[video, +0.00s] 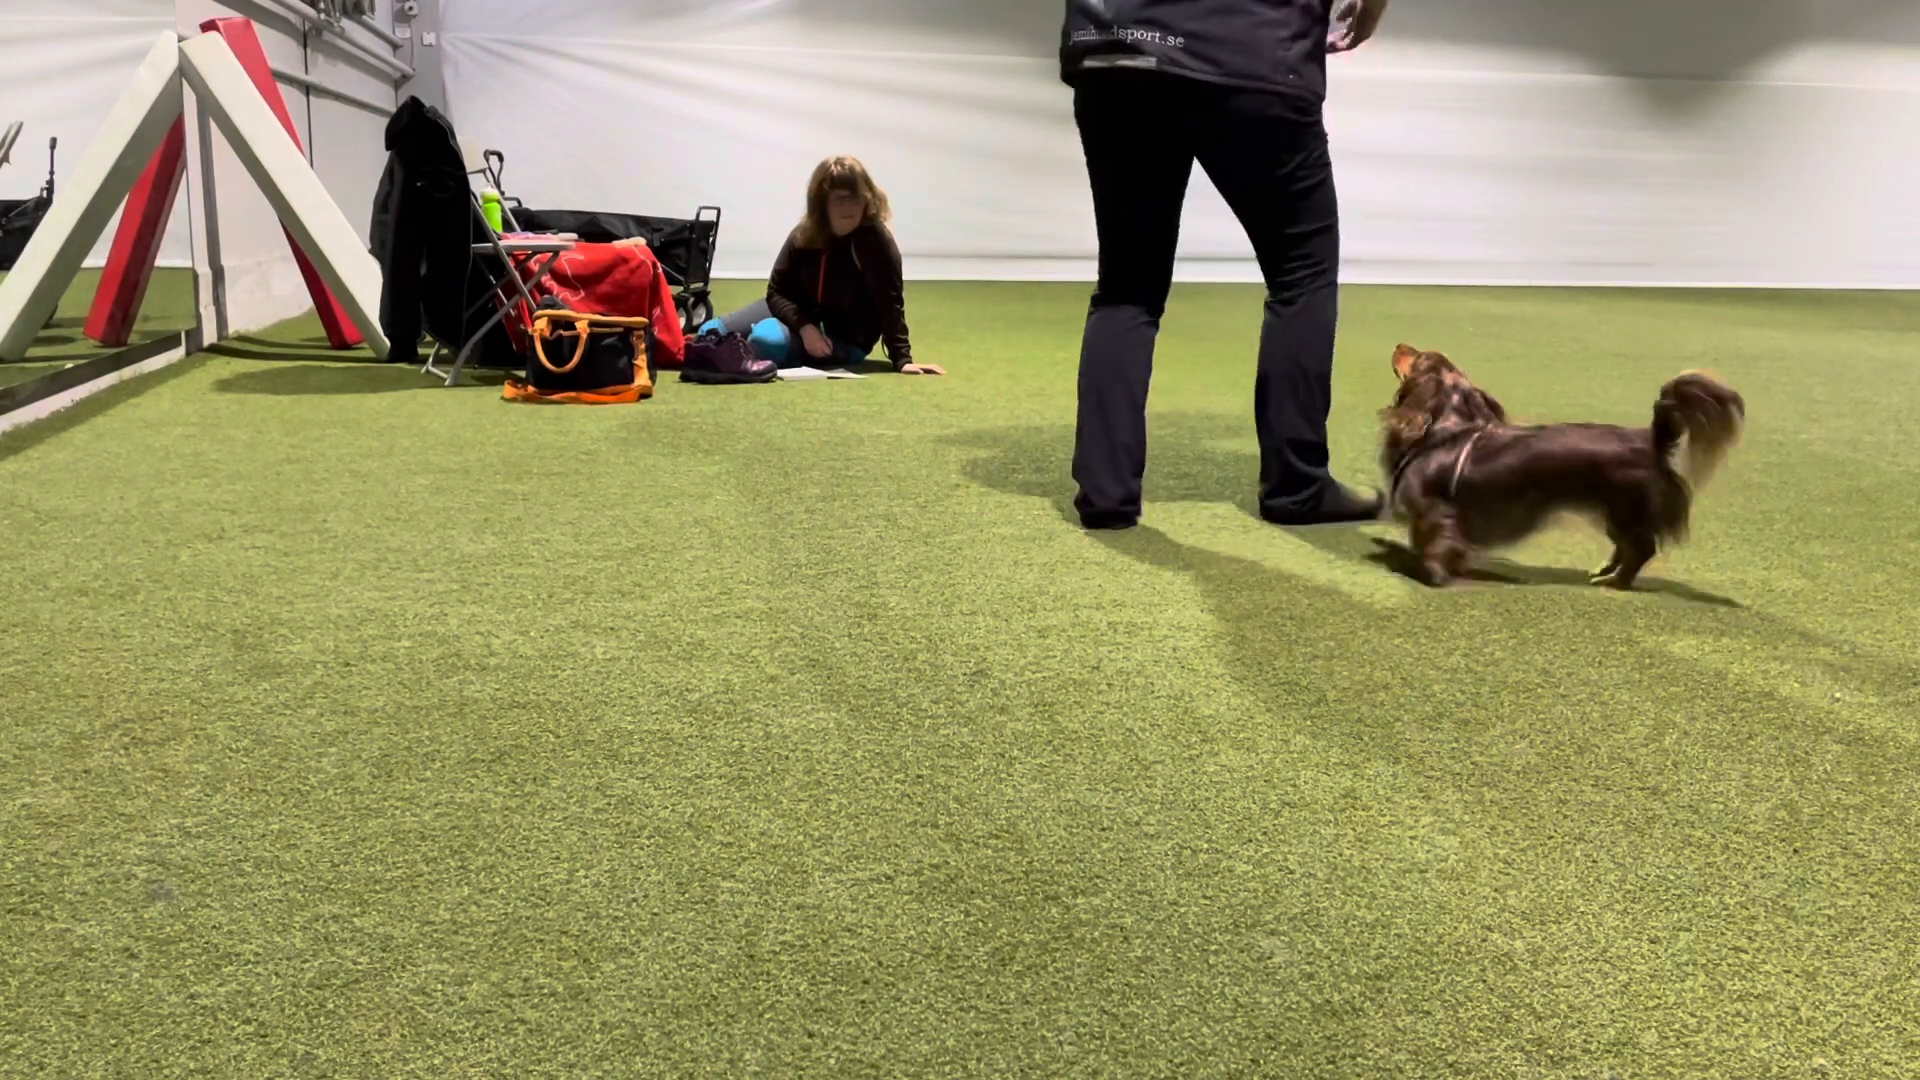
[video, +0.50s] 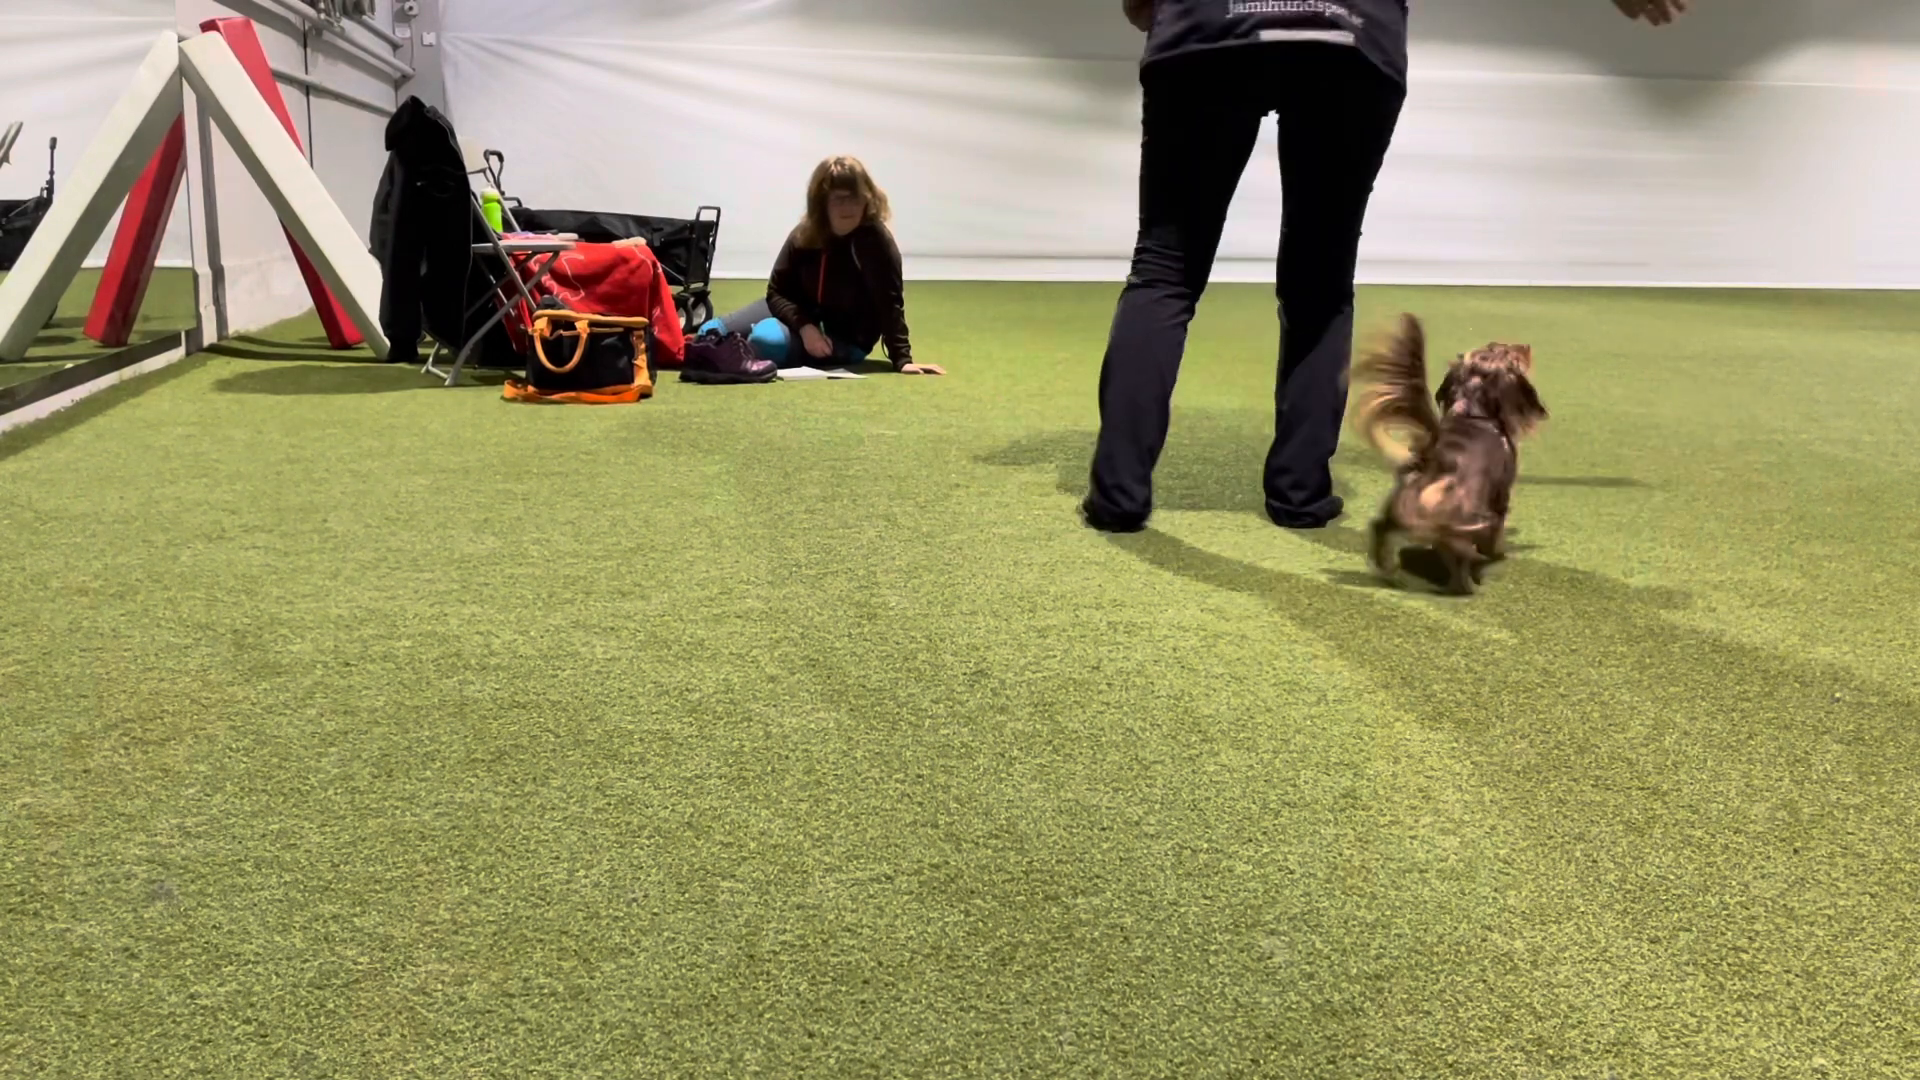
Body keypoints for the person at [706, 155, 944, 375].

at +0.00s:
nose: (847, 205)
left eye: (855, 196)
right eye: (838, 198)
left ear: (866, 200)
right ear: (822, 201)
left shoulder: (877, 242)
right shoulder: (804, 237)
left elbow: (891, 302)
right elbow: (777, 292)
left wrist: (902, 360)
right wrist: (804, 327)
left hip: (842, 338)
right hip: (796, 313)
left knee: (765, 337)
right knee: (712, 331)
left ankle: (732, 346)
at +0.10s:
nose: (847, 205)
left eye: (855, 196)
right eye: (838, 198)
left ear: (866, 200)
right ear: (822, 202)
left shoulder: (877, 242)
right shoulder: (804, 237)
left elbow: (891, 302)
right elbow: (777, 292)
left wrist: (902, 360)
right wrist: (804, 327)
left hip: (842, 337)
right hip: (796, 313)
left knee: (765, 336)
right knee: (712, 332)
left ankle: (732, 346)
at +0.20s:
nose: (848, 205)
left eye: (855, 196)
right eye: (839, 198)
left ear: (866, 200)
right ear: (822, 201)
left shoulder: (877, 242)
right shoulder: (804, 237)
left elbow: (891, 302)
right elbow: (777, 292)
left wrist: (902, 360)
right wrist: (804, 327)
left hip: (842, 338)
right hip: (796, 313)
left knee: (765, 337)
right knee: (712, 331)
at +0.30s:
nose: (848, 205)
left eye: (855, 196)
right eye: (839, 198)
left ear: (866, 200)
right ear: (822, 201)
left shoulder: (877, 242)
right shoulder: (804, 237)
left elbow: (891, 302)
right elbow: (777, 292)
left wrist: (902, 360)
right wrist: (804, 327)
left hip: (842, 338)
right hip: (796, 313)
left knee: (764, 336)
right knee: (712, 331)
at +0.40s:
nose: (847, 206)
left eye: (855, 196)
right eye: (838, 198)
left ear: (866, 200)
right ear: (822, 202)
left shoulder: (877, 242)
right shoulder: (804, 237)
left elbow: (891, 302)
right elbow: (777, 292)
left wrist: (902, 360)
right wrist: (804, 327)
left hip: (842, 338)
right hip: (796, 313)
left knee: (765, 336)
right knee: (712, 331)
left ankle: (732, 346)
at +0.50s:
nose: (847, 206)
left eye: (854, 197)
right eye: (838, 198)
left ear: (866, 200)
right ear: (822, 202)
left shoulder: (877, 242)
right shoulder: (804, 237)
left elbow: (891, 302)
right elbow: (777, 293)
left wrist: (903, 360)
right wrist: (804, 327)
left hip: (842, 338)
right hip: (795, 313)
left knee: (765, 336)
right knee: (712, 331)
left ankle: (733, 345)